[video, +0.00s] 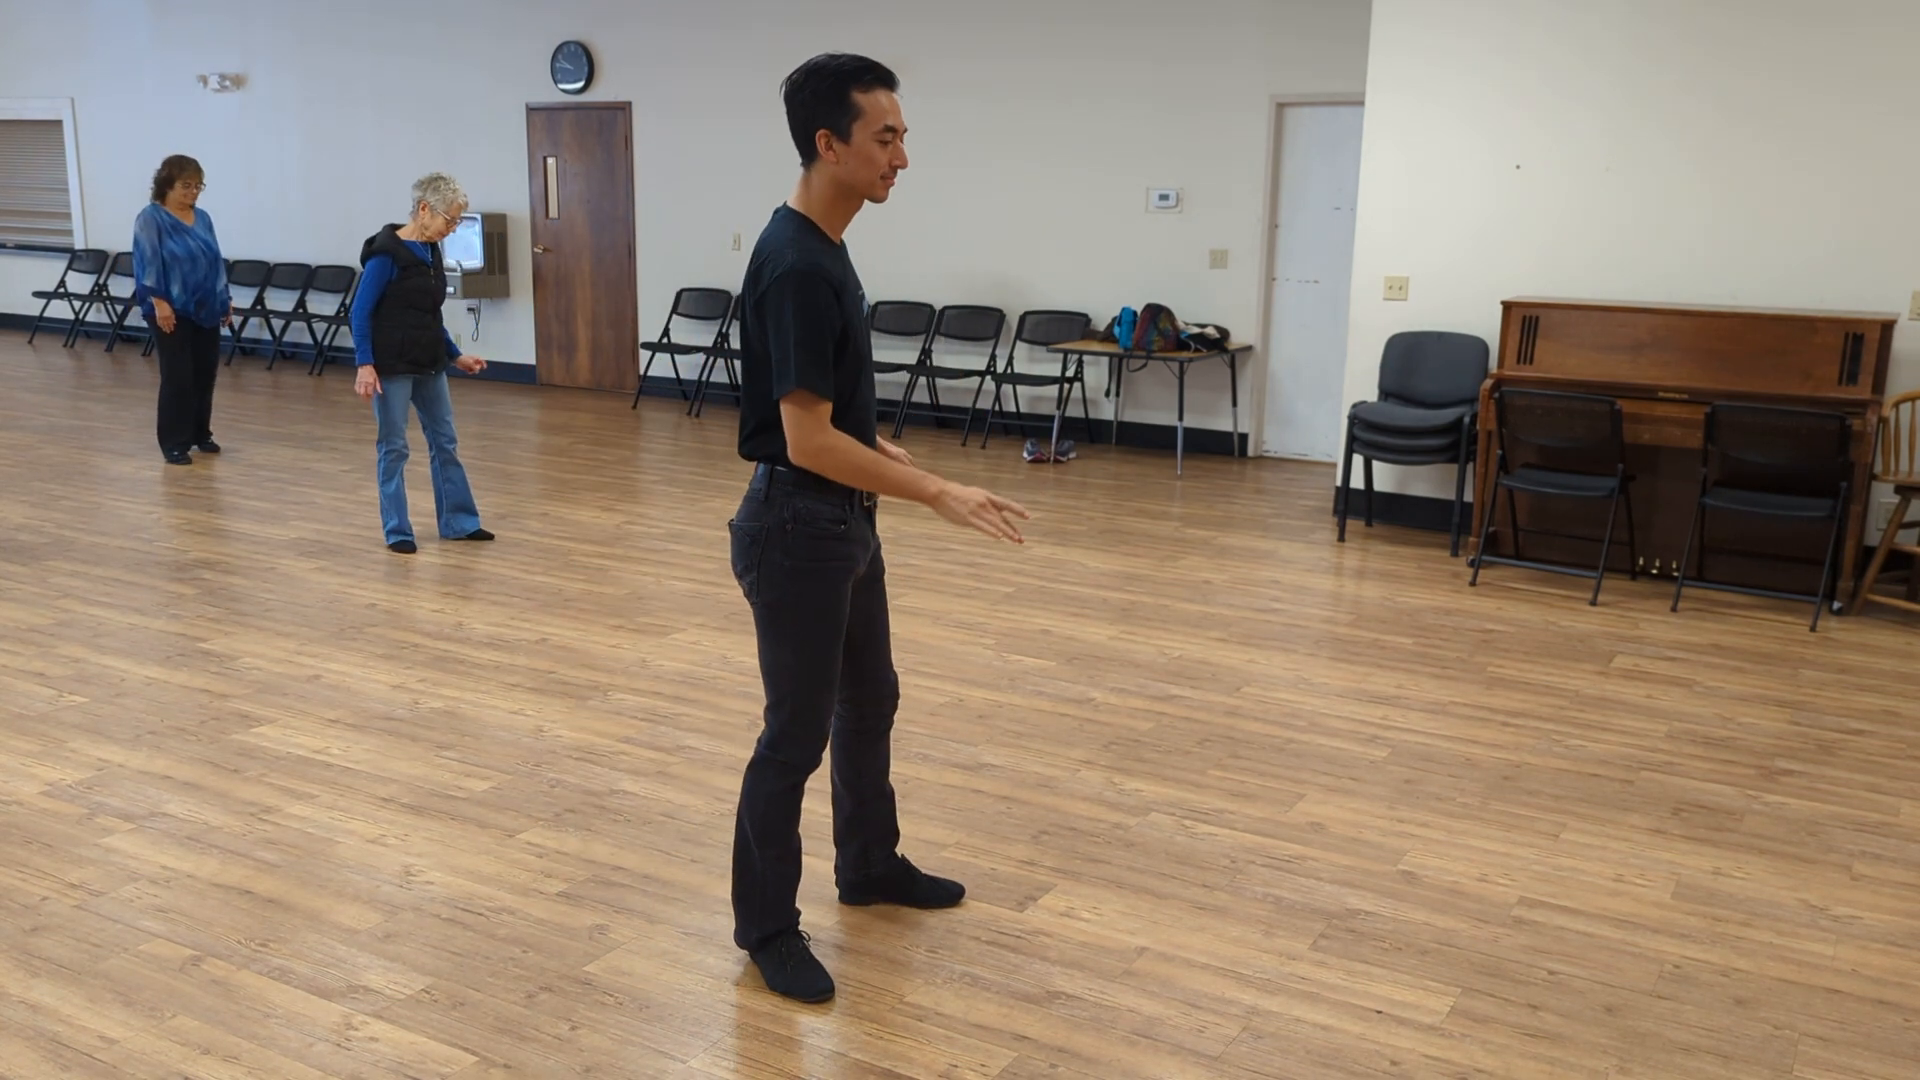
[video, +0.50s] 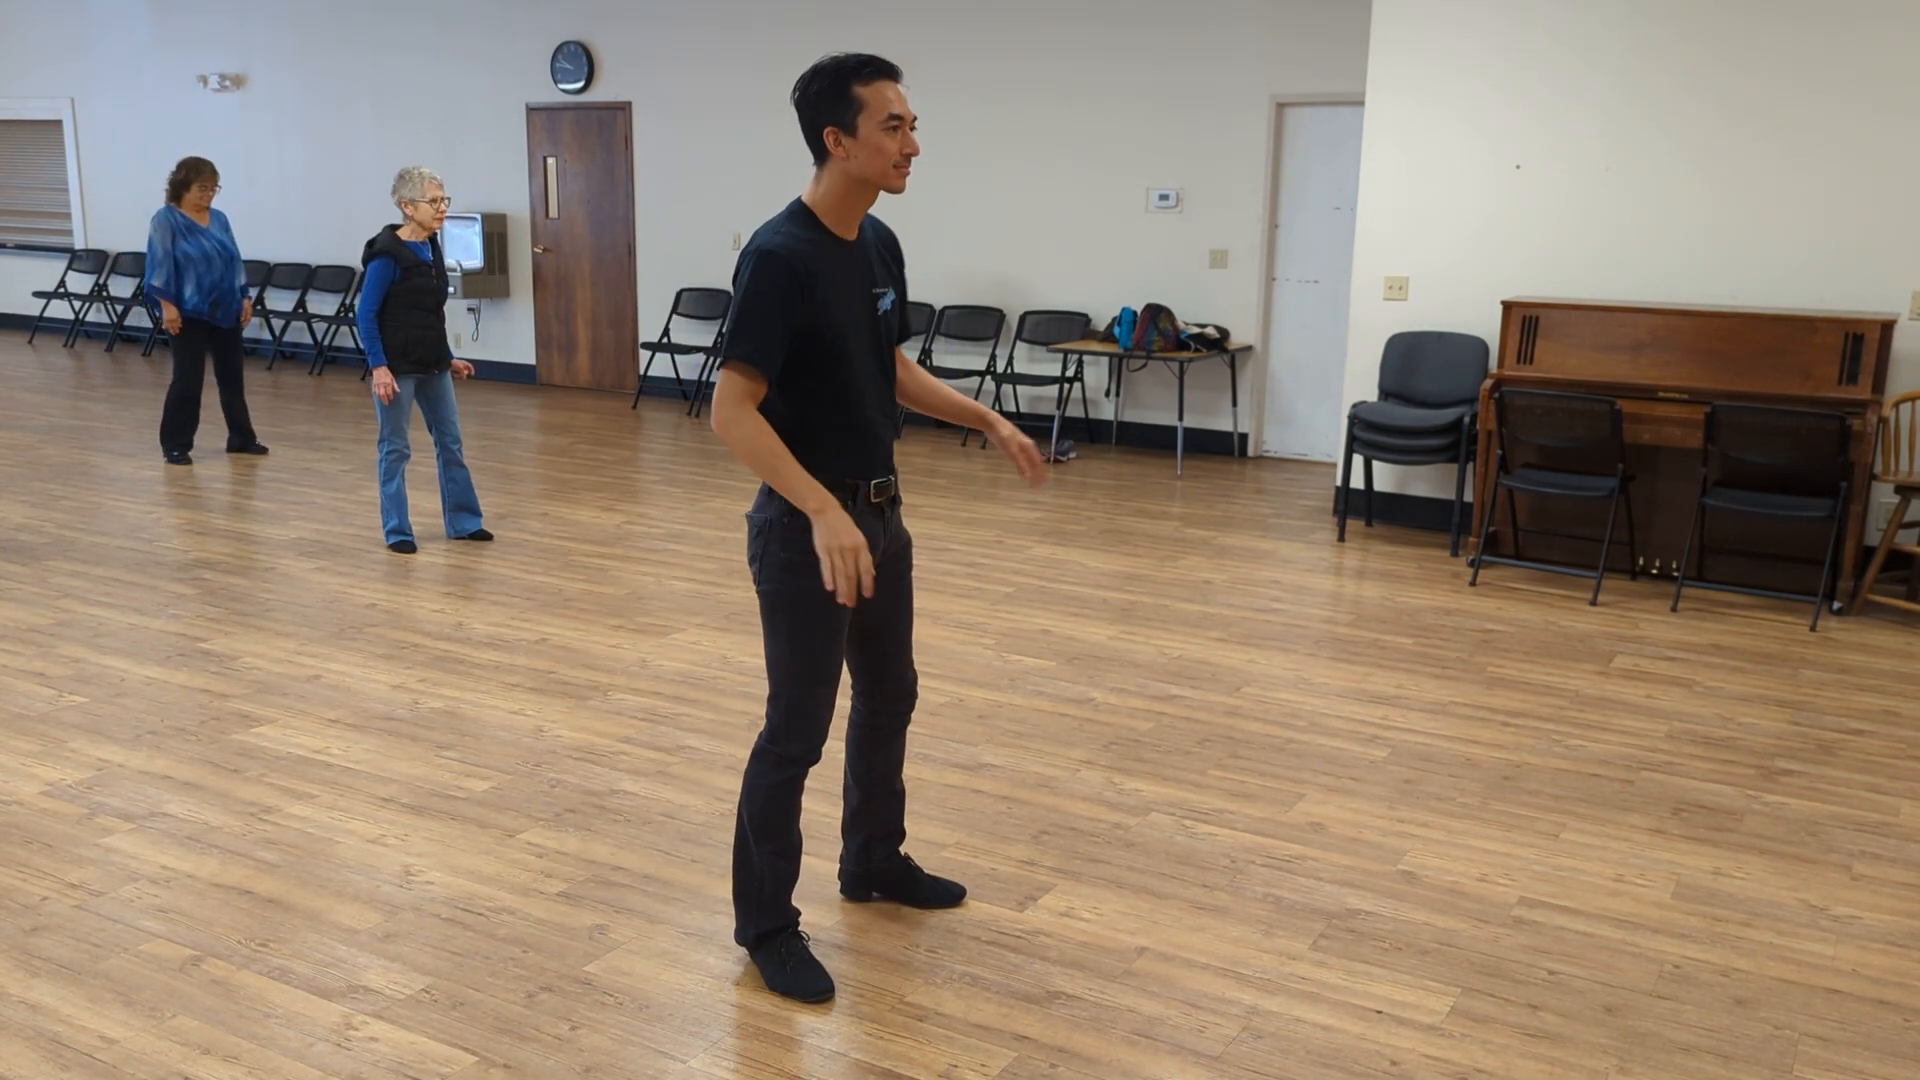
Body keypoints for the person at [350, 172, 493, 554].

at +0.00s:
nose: (453, 228)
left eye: (456, 221)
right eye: (450, 219)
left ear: (432, 214)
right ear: (424, 209)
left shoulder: (431, 251)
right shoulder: (386, 252)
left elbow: (429, 316)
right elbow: (360, 312)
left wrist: (455, 356)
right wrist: (364, 364)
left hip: (429, 363)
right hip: (391, 366)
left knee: (444, 443)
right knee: (394, 449)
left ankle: (458, 522)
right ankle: (397, 531)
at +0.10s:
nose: (453, 225)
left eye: (455, 218)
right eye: (450, 217)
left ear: (428, 213)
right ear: (422, 210)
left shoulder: (427, 252)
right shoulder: (384, 254)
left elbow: (422, 317)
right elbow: (359, 313)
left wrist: (446, 359)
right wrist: (365, 365)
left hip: (426, 365)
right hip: (389, 367)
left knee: (442, 444)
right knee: (392, 449)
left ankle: (458, 522)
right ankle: (397, 532)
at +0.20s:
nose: (452, 222)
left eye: (452, 214)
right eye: (448, 213)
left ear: (425, 211)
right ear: (421, 209)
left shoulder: (424, 250)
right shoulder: (383, 254)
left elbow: (419, 315)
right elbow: (358, 312)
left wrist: (439, 360)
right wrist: (369, 365)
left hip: (425, 366)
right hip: (388, 368)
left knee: (442, 444)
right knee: (391, 450)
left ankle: (458, 522)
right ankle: (397, 532)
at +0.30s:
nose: (450, 218)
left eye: (450, 211)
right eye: (445, 210)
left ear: (421, 210)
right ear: (418, 208)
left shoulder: (424, 250)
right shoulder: (383, 255)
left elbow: (420, 315)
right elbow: (358, 314)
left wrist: (439, 360)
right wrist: (373, 366)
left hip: (426, 366)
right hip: (389, 368)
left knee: (443, 444)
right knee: (391, 450)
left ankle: (458, 522)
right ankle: (397, 532)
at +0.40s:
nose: (448, 212)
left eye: (448, 205)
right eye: (441, 205)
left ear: (420, 208)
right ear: (413, 207)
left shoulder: (426, 249)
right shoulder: (384, 254)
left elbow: (423, 314)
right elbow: (361, 314)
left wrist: (442, 360)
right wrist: (376, 366)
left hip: (429, 365)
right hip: (391, 368)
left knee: (446, 443)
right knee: (393, 450)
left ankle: (461, 522)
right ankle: (397, 532)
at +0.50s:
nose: (443, 208)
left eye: (444, 201)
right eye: (434, 202)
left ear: (440, 204)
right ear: (408, 207)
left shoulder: (431, 248)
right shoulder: (387, 254)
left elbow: (429, 314)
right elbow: (365, 313)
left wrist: (448, 358)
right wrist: (378, 366)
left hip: (433, 364)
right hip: (395, 367)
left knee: (450, 443)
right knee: (395, 449)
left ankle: (463, 522)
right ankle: (397, 531)